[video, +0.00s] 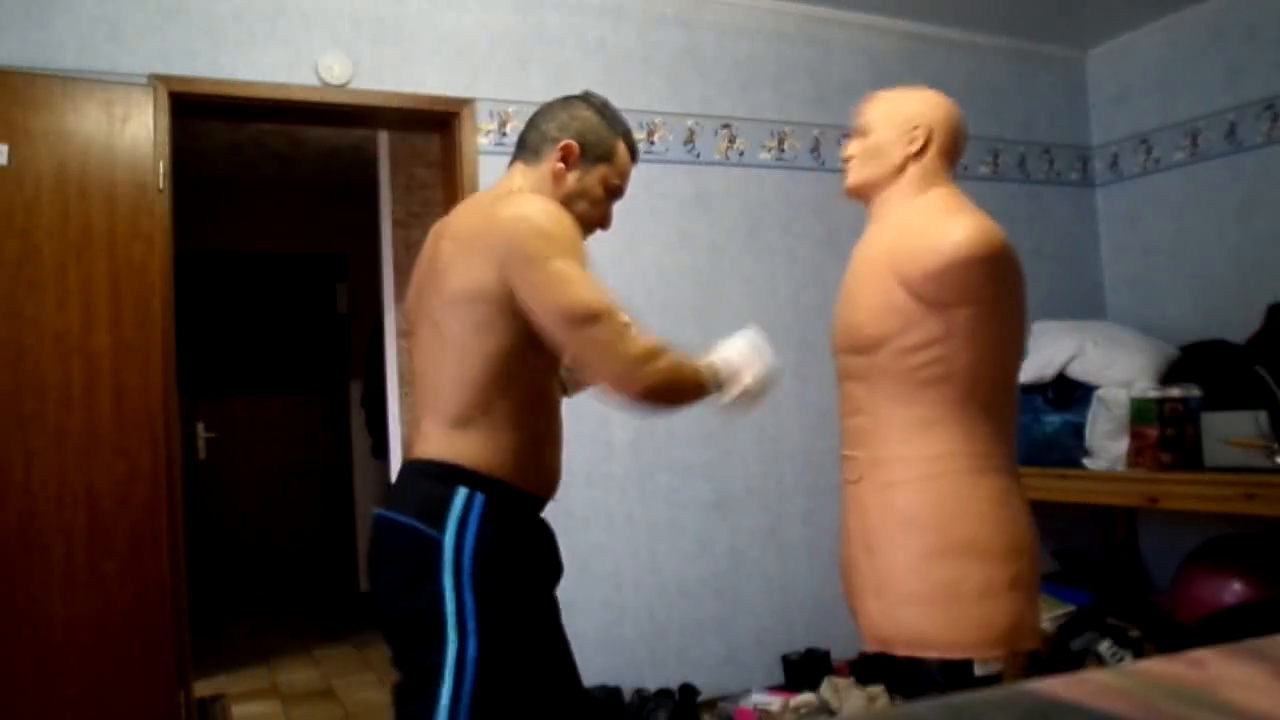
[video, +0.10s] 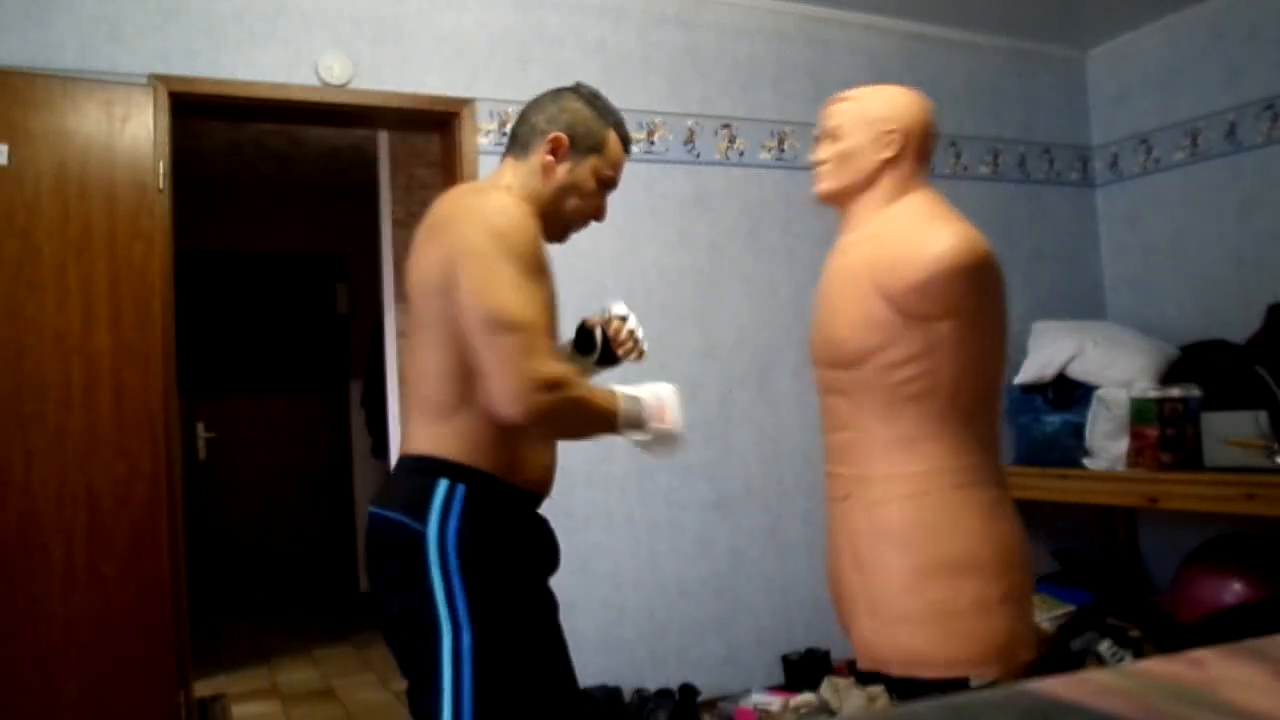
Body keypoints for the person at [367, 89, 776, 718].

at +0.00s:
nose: (608, 218)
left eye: (617, 198)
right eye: (610, 192)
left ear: (557, 158)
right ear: (565, 161)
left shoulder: (463, 225)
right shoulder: (528, 221)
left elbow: (513, 382)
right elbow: (635, 371)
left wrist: (594, 361)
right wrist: (716, 373)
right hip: (472, 530)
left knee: (540, 707)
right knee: (469, 709)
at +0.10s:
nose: (602, 210)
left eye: (610, 191)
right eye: (602, 184)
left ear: (551, 155)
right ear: (555, 154)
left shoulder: (468, 213)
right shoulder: (490, 216)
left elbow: (481, 376)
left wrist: (582, 354)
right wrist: (631, 413)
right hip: (461, 523)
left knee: (531, 704)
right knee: (481, 709)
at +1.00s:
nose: (571, 199)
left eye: (579, 179)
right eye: (566, 173)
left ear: (504, 150)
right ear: (500, 145)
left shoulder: (522, 261)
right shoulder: (356, 225)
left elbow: (624, 331)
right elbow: (288, 407)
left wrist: (741, 329)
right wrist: (446, 338)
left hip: (468, 574)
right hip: (353, 573)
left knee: (545, 717)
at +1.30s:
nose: (607, 228)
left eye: (614, 210)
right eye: (609, 204)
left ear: (554, 172)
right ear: (565, 172)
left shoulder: (446, 245)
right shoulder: (544, 233)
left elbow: (463, 407)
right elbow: (697, 336)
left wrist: (573, 398)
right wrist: (777, 325)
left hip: (412, 522)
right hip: (467, 534)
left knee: (540, 714)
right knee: (436, 710)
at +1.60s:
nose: (544, 206)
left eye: (549, 186)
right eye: (539, 179)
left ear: (485, 159)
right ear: (485, 156)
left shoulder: (449, 237)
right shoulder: (418, 228)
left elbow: (447, 391)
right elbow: (410, 403)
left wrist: (528, 408)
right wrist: (531, 438)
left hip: (445, 525)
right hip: (408, 528)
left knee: (519, 708)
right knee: (452, 713)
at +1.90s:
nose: (441, 182)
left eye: (447, 163)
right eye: (429, 156)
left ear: (364, 138)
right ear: (361, 133)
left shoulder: (361, 249)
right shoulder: (250, 229)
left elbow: (336, 419)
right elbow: (162, 405)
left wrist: (406, 474)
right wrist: (334, 484)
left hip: (363, 557)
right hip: (271, 560)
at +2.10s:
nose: (372, 143)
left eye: (378, 123)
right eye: (358, 114)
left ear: (289, 99)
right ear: (284, 94)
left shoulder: (336, 230)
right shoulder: (160, 192)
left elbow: (316, 365)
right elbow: (46, 354)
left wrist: (361, 433)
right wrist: (217, 426)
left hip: (327, 516)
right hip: (214, 521)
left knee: (354, 710)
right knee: (222, 713)